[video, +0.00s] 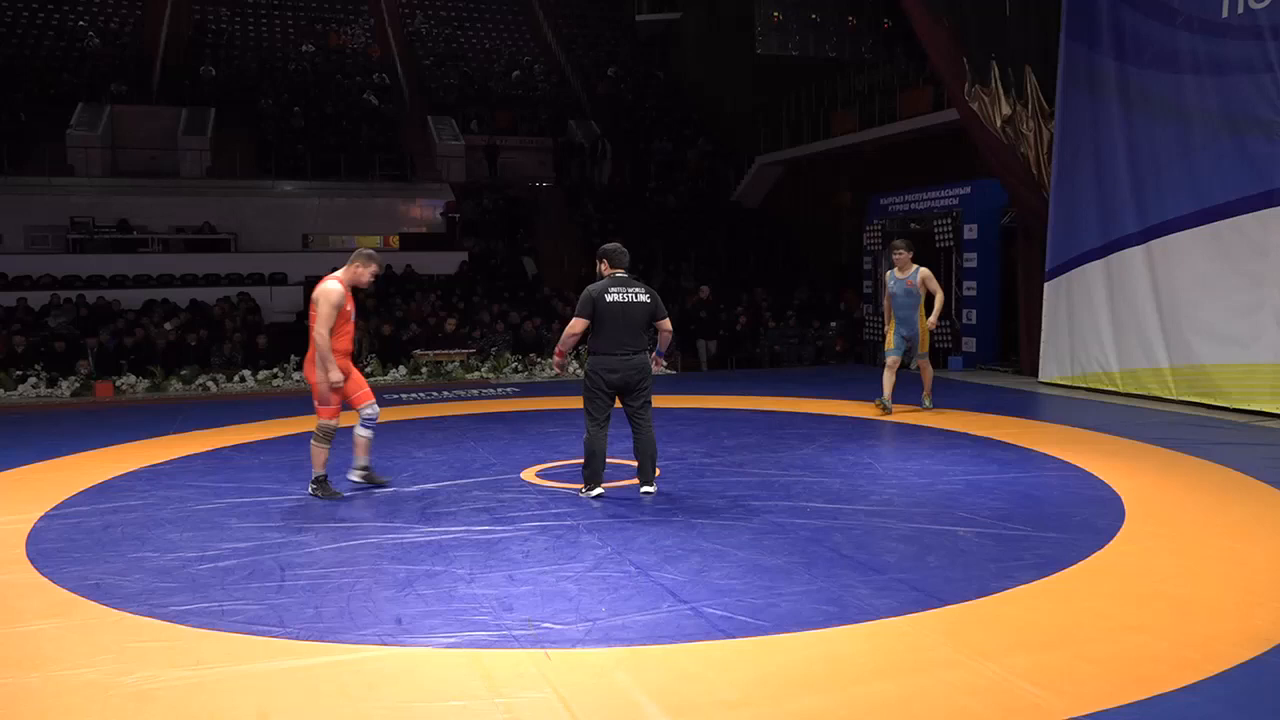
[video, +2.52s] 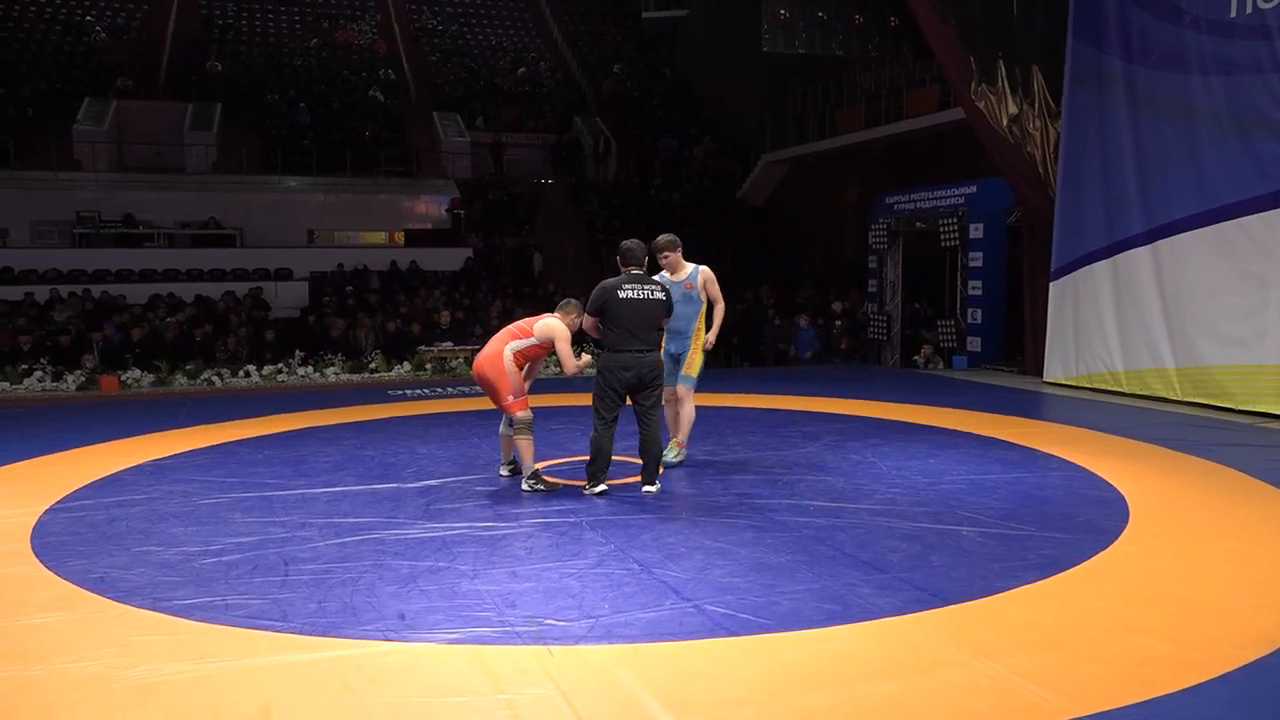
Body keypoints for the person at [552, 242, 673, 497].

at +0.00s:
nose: (598, 268)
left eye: (598, 265)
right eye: (598, 264)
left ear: (605, 265)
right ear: (625, 265)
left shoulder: (594, 292)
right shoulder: (646, 292)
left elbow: (575, 329)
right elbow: (666, 328)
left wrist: (561, 352)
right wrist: (659, 354)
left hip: (601, 366)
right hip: (637, 365)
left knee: (596, 425)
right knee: (642, 423)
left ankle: (593, 483)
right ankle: (647, 481)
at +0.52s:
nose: (593, 269)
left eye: (593, 266)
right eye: (593, 265)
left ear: (600, 265)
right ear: (620, 264)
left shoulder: (591, 293)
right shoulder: (641, 290)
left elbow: (576, 332)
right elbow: (640, 324)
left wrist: (559, 362)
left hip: (601, 367)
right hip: (637, 365)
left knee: (597, 427)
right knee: (642, 422)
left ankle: (594, 485)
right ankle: (648, 481)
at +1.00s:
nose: (571, 271)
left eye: (571, 268)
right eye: (571, 268)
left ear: (576, 268)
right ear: (597, 264)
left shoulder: (577, 295)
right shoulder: (616, 286)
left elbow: (567, 338)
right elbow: (616, 324)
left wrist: (560, 362)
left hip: (592, 368)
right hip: (625, 364)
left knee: (593, 430)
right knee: (635, 421)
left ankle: (593, 487)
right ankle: (647, 479)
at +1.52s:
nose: (601, 263)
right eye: (602, 260)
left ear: (574, 266)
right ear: (601, 262)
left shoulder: (566, 295)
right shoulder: (619, 287)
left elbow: (553, 338)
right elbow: (621, 320)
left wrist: (558, 357)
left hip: (587, 367)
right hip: (623, 363)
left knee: (591, 428)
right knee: (635, 419)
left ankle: (593, 485)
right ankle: (647, 477)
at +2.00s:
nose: (622, 262)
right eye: (622, 259)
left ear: (595, 264)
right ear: (620, 262)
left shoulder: (581, 292)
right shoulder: (638, 289)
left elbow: (568, 332)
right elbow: (660, 322)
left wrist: (563, 363)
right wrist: (642, 315)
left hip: (596, 366)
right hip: (632, 363)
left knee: (596, 426)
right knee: (640, 421)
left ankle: (594, 484)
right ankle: (647, 479)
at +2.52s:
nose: (618, 263)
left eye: (618, 260)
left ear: (619, 262)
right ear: (646, 261)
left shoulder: (606, 288)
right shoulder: (661, 290)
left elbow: (589, 326)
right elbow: (663, 323)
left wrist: (608, 336)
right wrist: (641, 326)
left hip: (614, 362)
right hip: (650, 362)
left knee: (604, 422)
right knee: (650, 421)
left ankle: (597, 480)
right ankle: (650, 480)